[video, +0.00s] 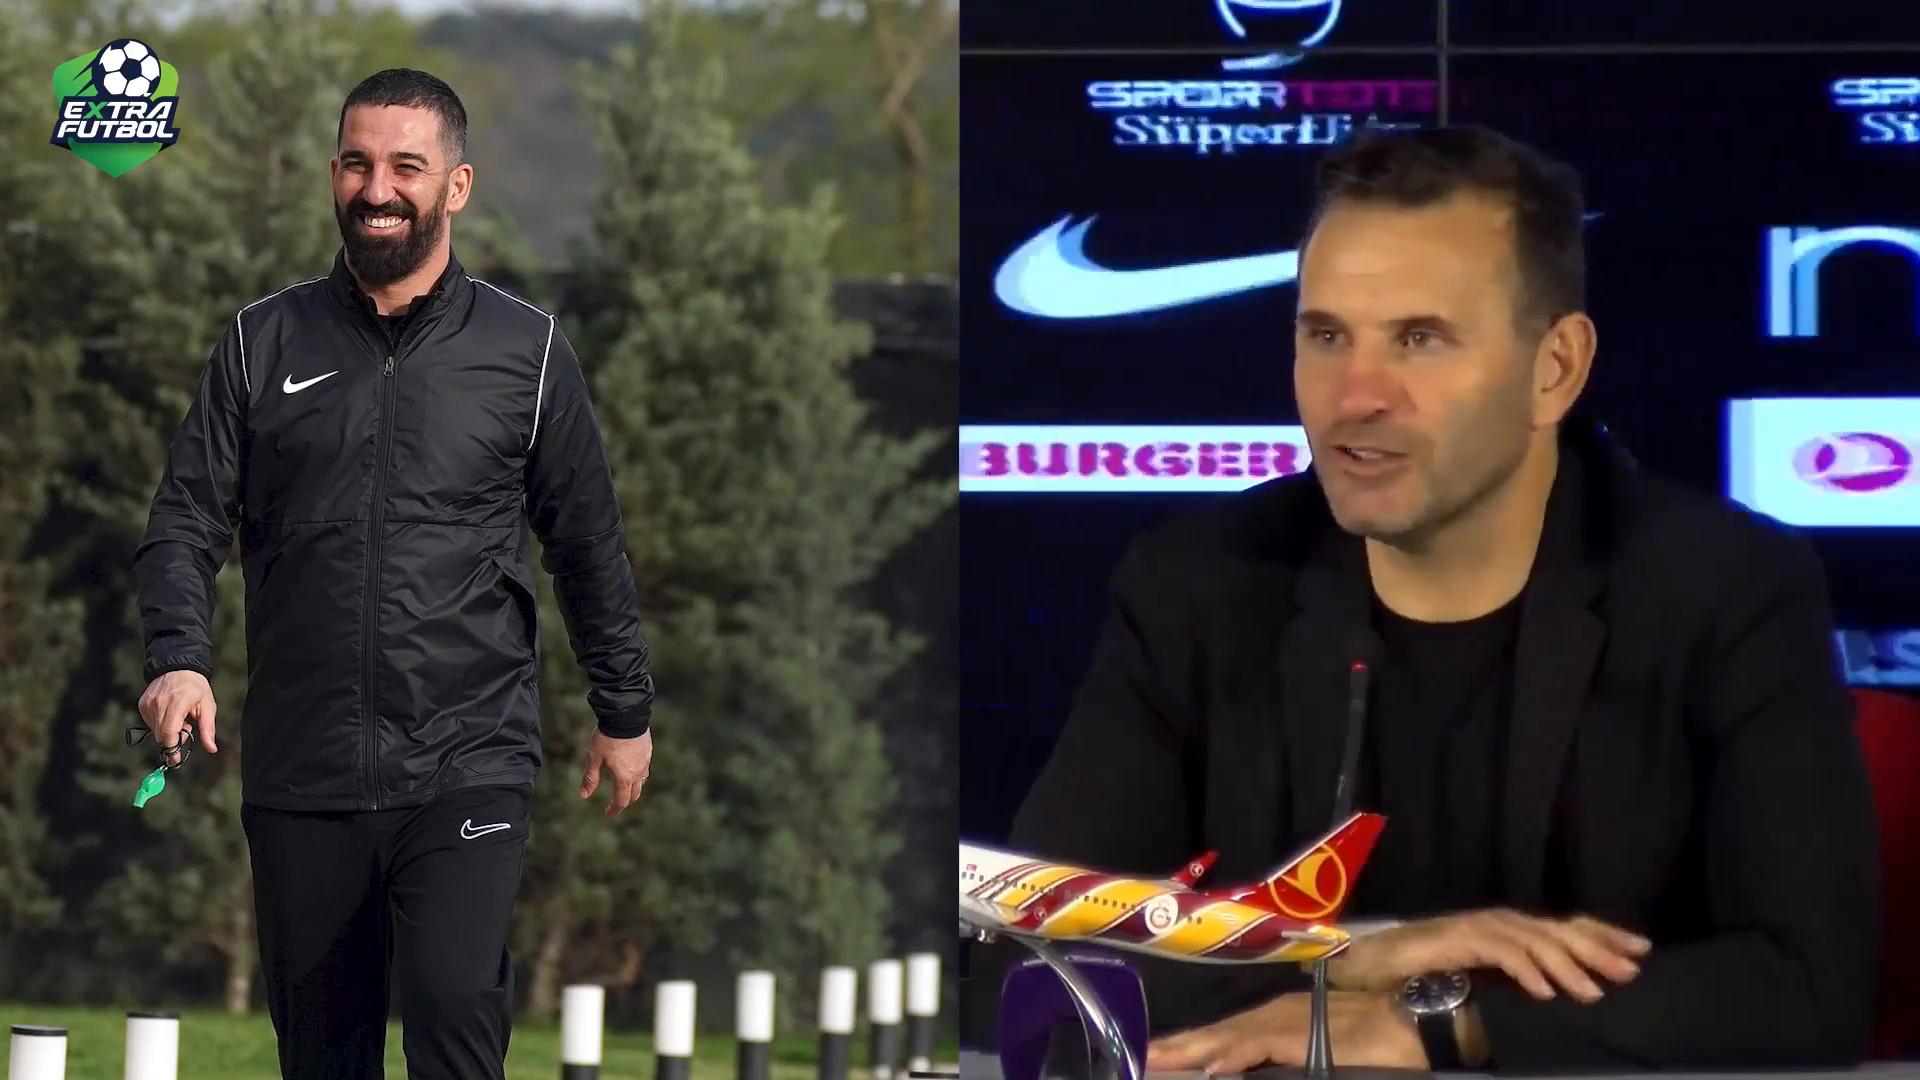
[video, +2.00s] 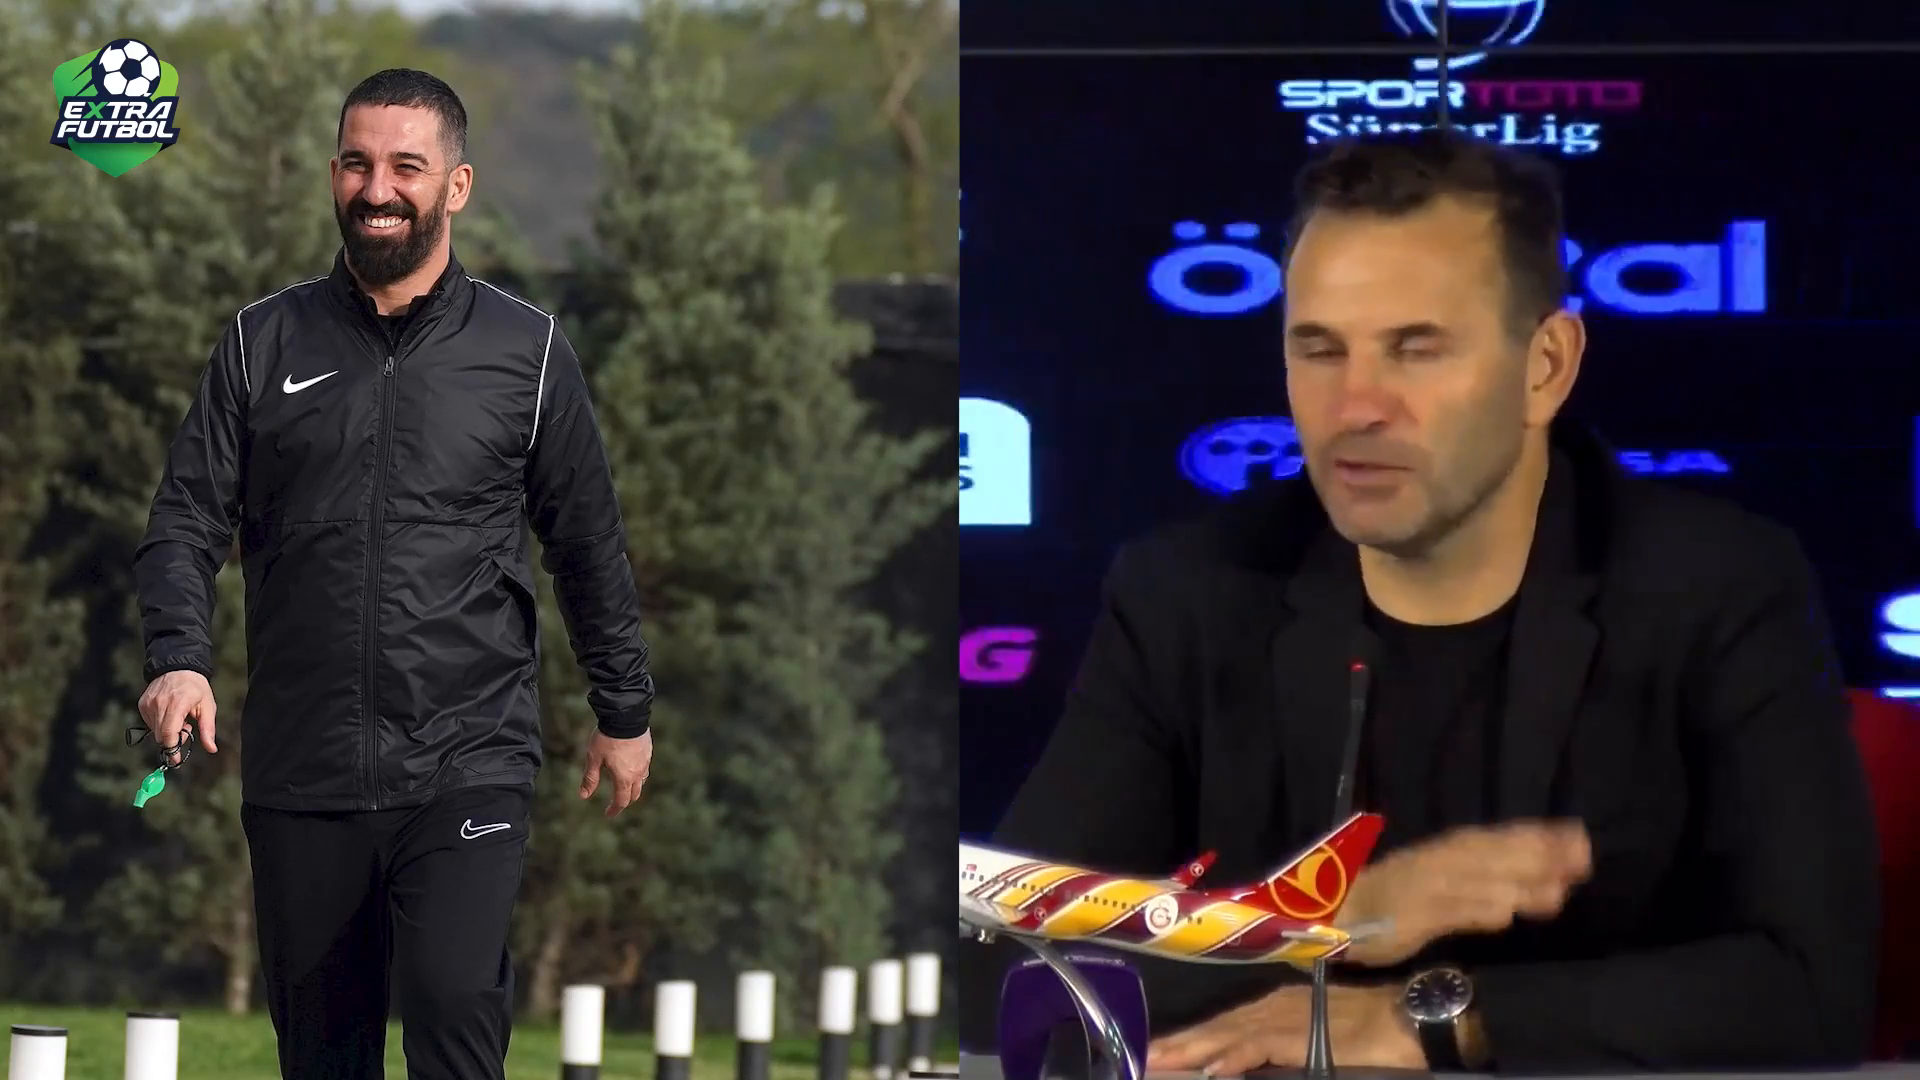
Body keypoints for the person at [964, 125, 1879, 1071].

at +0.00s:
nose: (1353, 395)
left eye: (1420, 339)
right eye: (1327, 336)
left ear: (1556, 369)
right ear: (1295, 341)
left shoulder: (1731, 596)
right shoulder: (1194, 587)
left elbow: (1807, 991)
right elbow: (1034, 957)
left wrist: (1433, 1029)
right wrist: (1347, 959)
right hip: (1245, 1071)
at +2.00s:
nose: (1352, 407)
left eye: (1415, 350)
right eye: (1320, 350)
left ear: (1547, 366)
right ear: (1284, 359)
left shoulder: (1719, 593)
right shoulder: (1185, 595)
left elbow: (1810, 990)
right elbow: (1020, 944)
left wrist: (1436, 1019)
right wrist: (1314, 919)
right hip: (1245, 1077)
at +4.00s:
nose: (1324, 389)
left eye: (1387, 330)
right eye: (1300, 334)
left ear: (1537, 349)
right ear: (1276, 342)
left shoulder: (1735, 593)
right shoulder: (1193, 593)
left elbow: (1813, 993)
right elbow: (1024, 977)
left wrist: (1436, 1024)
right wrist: (1319, 954)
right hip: (1254, 1075)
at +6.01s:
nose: (1348, 400)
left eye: (1410, 340)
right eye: (1318, 345)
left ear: (1550, 359)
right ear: (1287, 357)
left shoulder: (1738, 593)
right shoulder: (1200, 591)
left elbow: (1806, 992)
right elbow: (1024, 953)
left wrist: (1423, 1034)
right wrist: (1326, 955)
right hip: (1258, 1077)